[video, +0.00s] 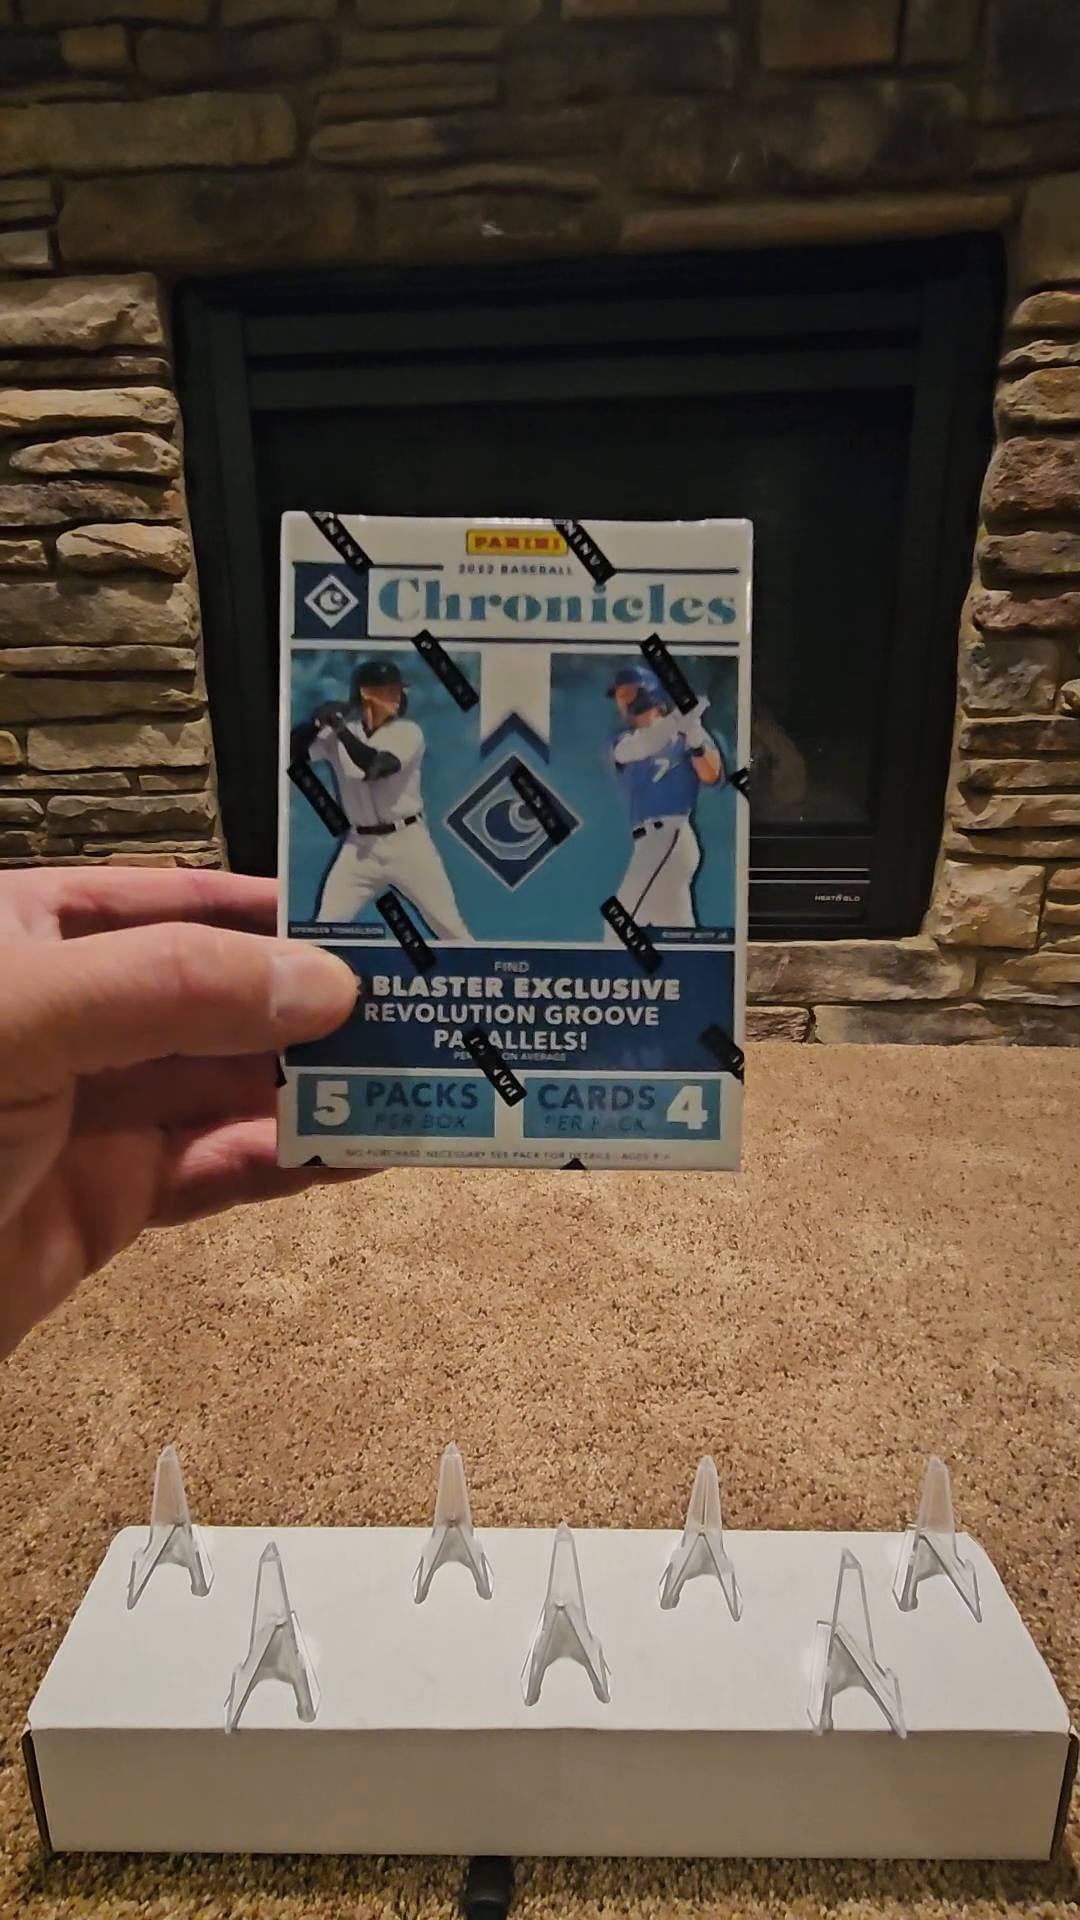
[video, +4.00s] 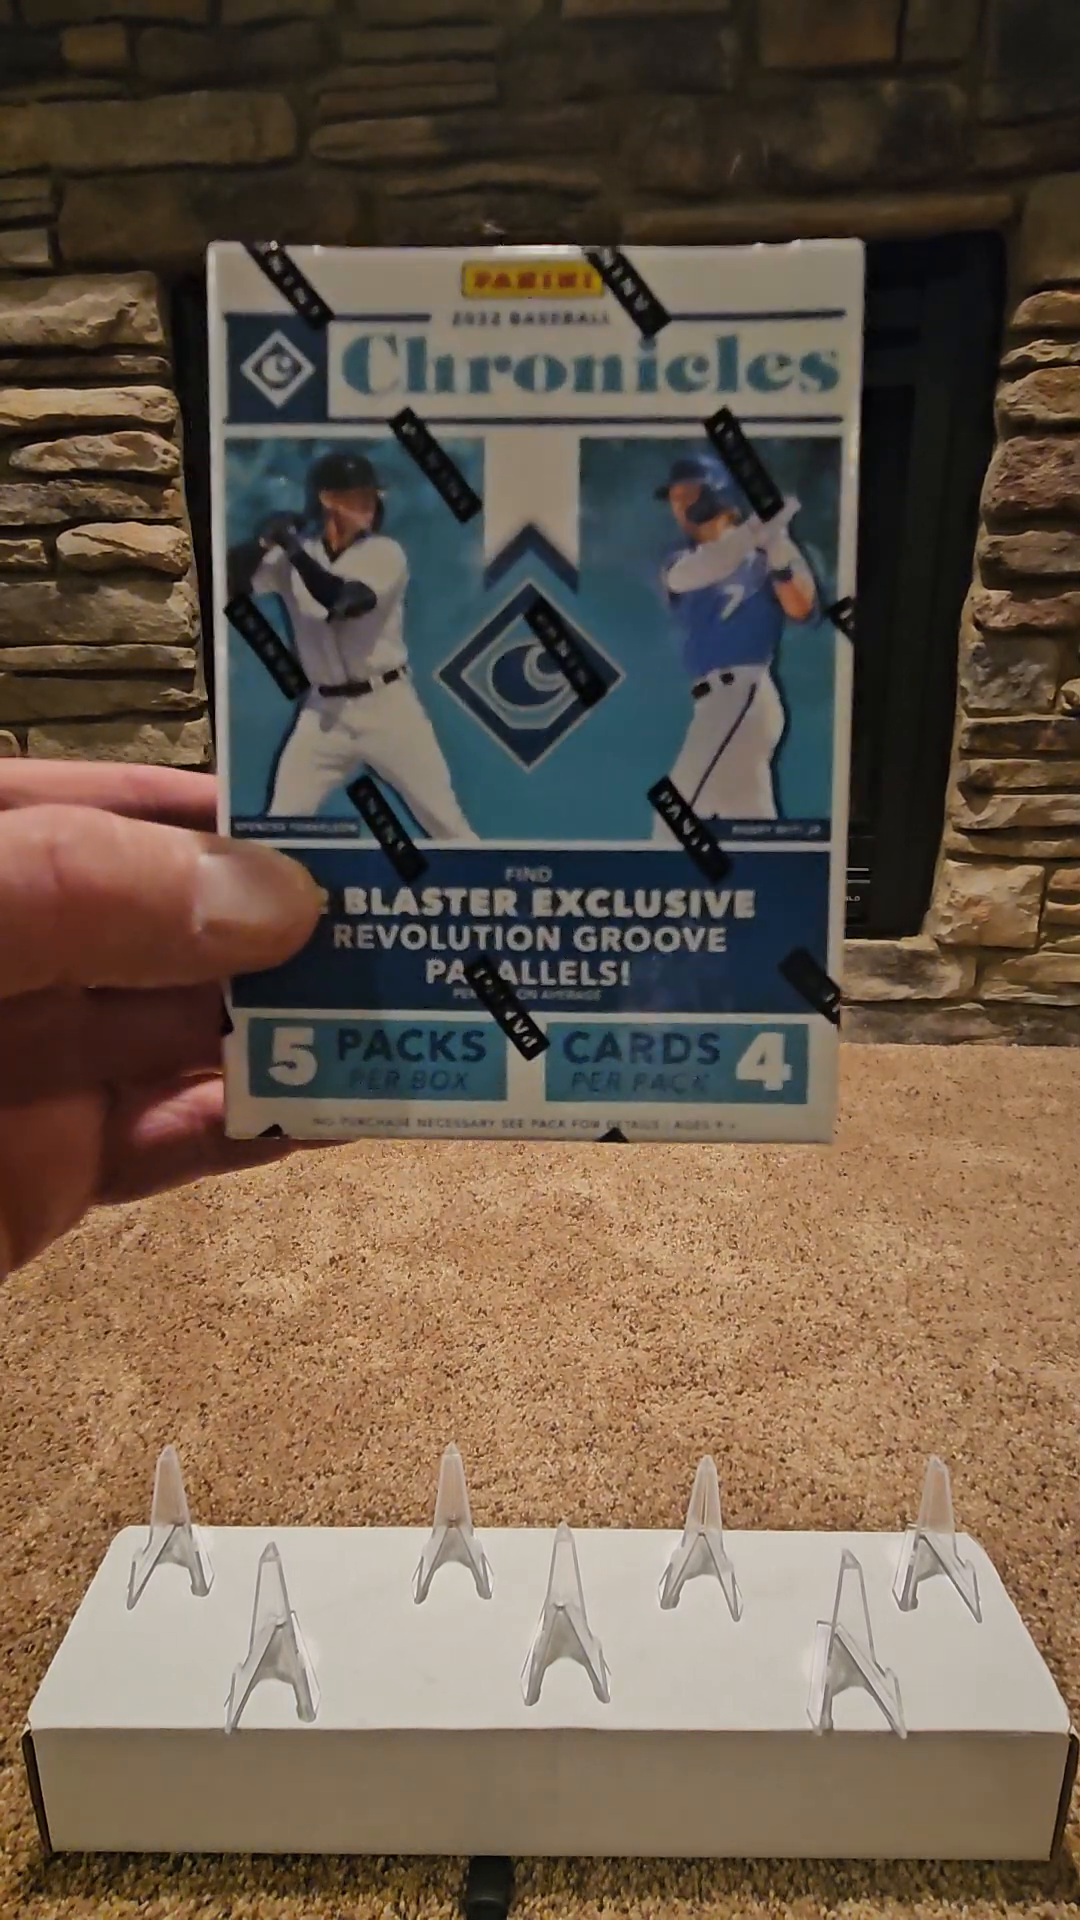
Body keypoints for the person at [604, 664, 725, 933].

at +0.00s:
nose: (622, 704)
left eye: (629, 695)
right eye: (619, 697)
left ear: (649, 695)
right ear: (616, 700)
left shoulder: (688, 732)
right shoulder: (621, 741)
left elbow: (711, 777)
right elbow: (642, 746)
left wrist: (694, 733)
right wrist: (676, 719)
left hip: (671, 838)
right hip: (648, 841)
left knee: (620, 924)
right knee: (680, 936)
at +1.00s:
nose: (614, 697)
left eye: (620, 688)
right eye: (612, 690)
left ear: (639, 687)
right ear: (611, 693)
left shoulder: (681, 724)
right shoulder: (614, 733)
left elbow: (705, 768)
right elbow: (632, 741)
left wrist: (688, 727)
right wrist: (671, 711)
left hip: (664, 831)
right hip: (640, 835)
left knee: (615, 918)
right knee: (671, 927)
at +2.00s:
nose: (609, 710)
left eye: (615, 700)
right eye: (606, 702)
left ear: (634, 698)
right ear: (604, 705)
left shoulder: (676, 734)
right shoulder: (611, 746)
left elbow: (702, 779)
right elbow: (630, 750)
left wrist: (684, 737)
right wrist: (666, 722)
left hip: (661, 843)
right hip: (637, 847)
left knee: (612, 930)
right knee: (671, 942)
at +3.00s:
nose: (617, 665)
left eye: (624, 655)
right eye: (612, 658)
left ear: (645, 657)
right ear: (608, 664)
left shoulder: (684, 696)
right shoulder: (612, 706)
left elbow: (711, 743)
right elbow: (632, 715)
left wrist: (692, 699)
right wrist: (671, 684)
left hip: (668, 811)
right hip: (643, 815)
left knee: (615, 904)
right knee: (676, 915)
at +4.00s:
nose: (679, 509)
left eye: (688, 496)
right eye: (674, 500)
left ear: (717, 497)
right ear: (670, 506)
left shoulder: (769, 547)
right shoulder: (680, 562)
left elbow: (801, 609)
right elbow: (698, 572)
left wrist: (777, 546)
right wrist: (757, 528)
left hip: (744, 697)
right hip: (713, 702)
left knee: (676, 816)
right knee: (753, 832)